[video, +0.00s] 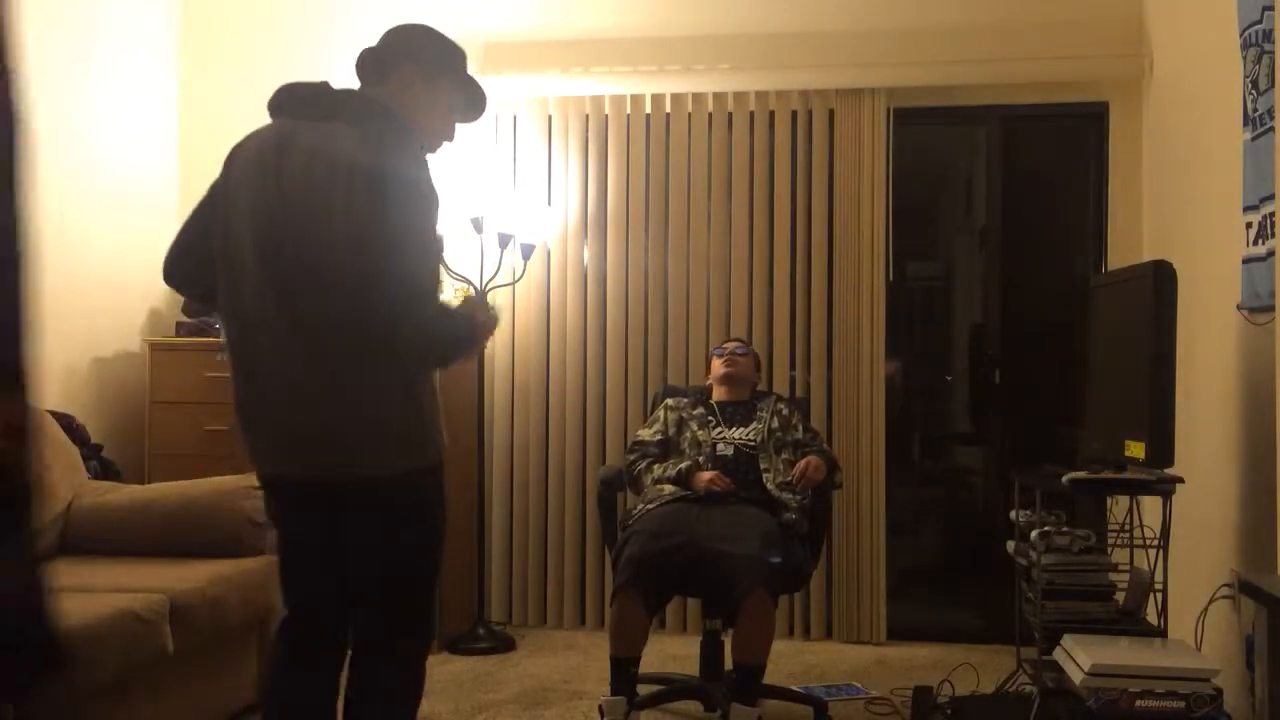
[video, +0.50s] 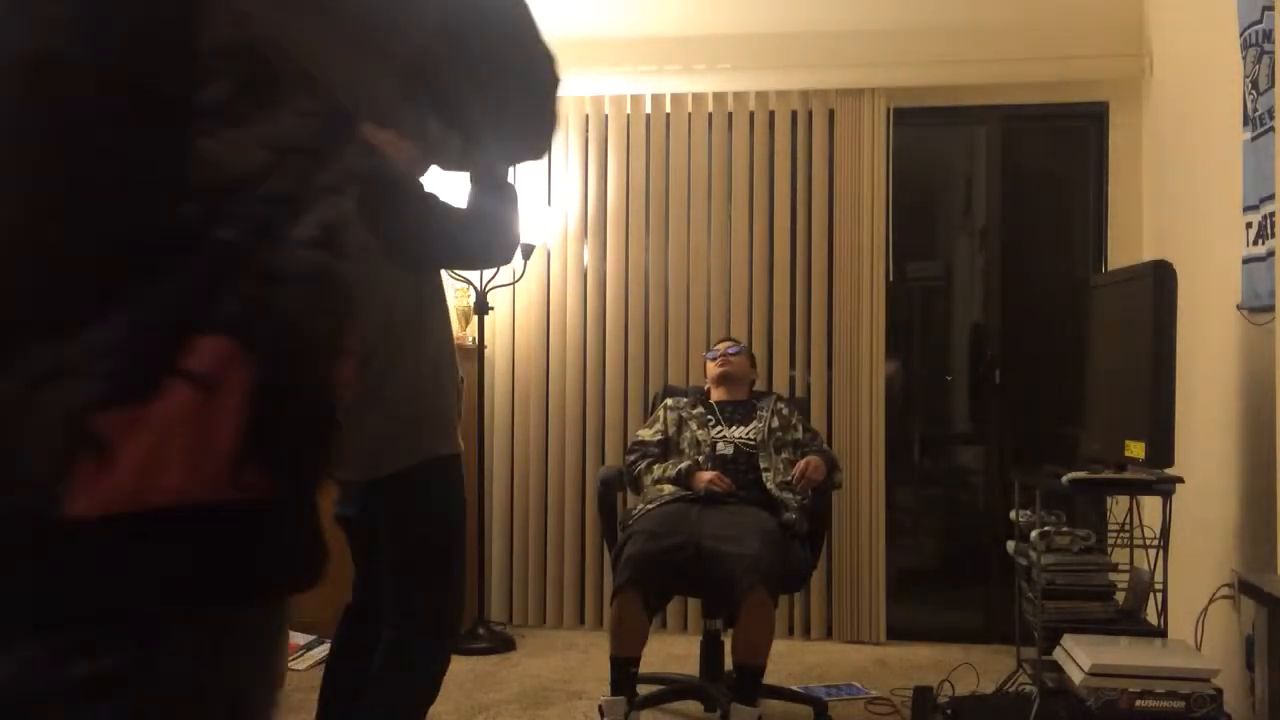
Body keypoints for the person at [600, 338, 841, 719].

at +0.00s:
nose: (729, 353)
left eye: (740, 350)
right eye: (720, 351)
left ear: (757, 372)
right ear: (708, 372)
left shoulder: (779, 412)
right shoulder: (674, 409)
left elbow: (822, 454)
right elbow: (639, 465)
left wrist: (819, 461)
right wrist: (689, 476)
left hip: (749, 508)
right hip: (673, 505)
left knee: (756, 576)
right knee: (638, 567)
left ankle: (746, 705)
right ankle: (621, 695)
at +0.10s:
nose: (728, 353)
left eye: (739, 351)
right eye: (719, 351)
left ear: (756, 372)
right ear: (708, 372)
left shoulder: (779, 411)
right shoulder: (674, 409)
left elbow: (822, 453)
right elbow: (638, 464)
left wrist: (819, 461)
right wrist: (689, 476)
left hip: (750, 508)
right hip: (673, 505)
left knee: (756, 577)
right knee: (638, 567)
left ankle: (746, 705)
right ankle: (621, 695)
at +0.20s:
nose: (726, 354)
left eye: (738, 350)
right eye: (718, 352)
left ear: (755, 371)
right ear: (708, 372)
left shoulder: (779, 411)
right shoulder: (673, 409)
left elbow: (822, 454)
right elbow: (639, 464)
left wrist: (820, 460)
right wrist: (689, 475)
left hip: (751, 507)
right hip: (674, 504)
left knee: (757, 576)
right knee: (638, 566)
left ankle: (746, 704)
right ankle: (621, 695)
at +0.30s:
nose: (725, 354)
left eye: (736, 350)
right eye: (716, 352)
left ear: (754, 370)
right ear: (706, 372)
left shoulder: (779, 411)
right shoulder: (673, 409)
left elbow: (824, 457)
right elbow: (638, 464)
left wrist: (820, 461)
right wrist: (689, 475)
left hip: (751, 507)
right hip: (675, 504)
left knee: (757, 573)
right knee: (638, 564)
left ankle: (746, 704)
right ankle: (621, 695)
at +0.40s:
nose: (724, 354)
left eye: (735, 350)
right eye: (715, 352)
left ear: (754, 370)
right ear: (706, 372)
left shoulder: (779, 411)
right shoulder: (674, 409)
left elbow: (825, 459)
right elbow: (638, 465)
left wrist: (820, 462)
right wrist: (689, 476)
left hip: (750, 507)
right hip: (675, 504)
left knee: (757, 574)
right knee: (638, 564)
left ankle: (746, 704)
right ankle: (621, 695)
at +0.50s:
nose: (722, 354)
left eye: (733, 350)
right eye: (713, 353)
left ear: (753, 371)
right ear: (705, 373)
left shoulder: (779, 411)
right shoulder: (674, 409)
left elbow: (825, 457)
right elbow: (638, 465)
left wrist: (820, 461)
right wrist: (689, 476)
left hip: (749, 507)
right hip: (673, 503)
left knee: (756, 576)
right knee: (637, 568)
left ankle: (746, 705)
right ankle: (621, 697)